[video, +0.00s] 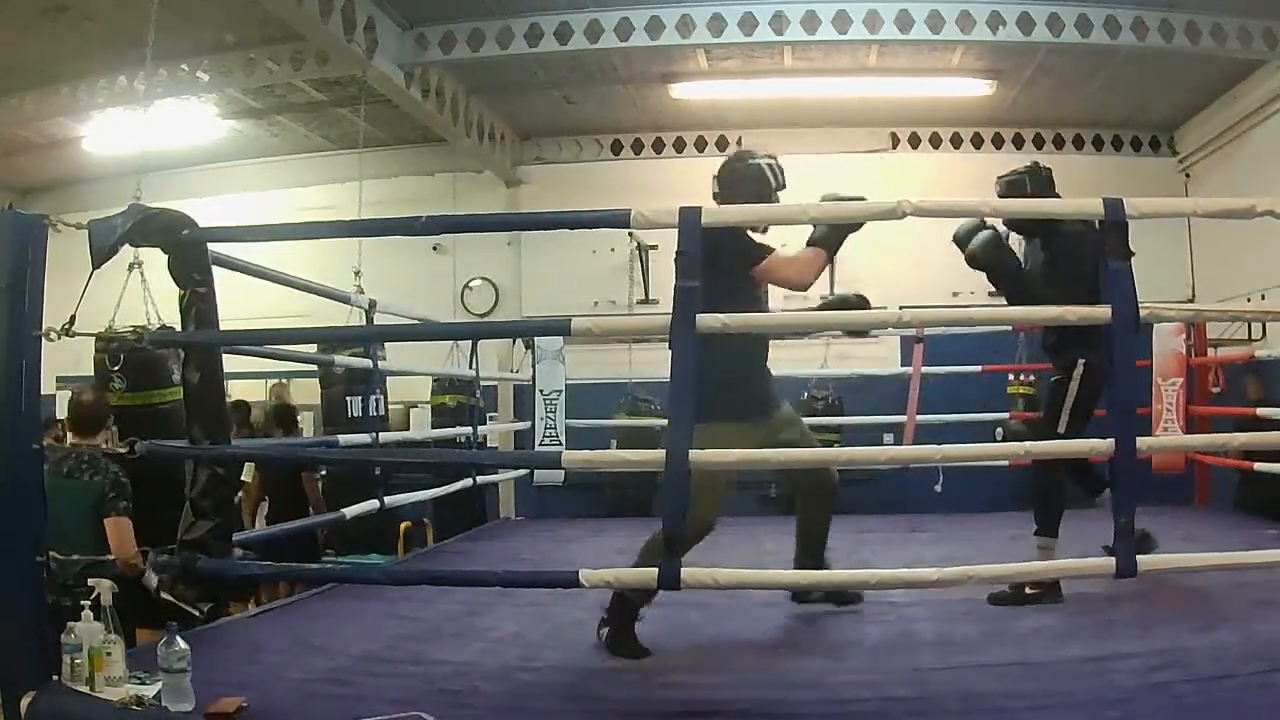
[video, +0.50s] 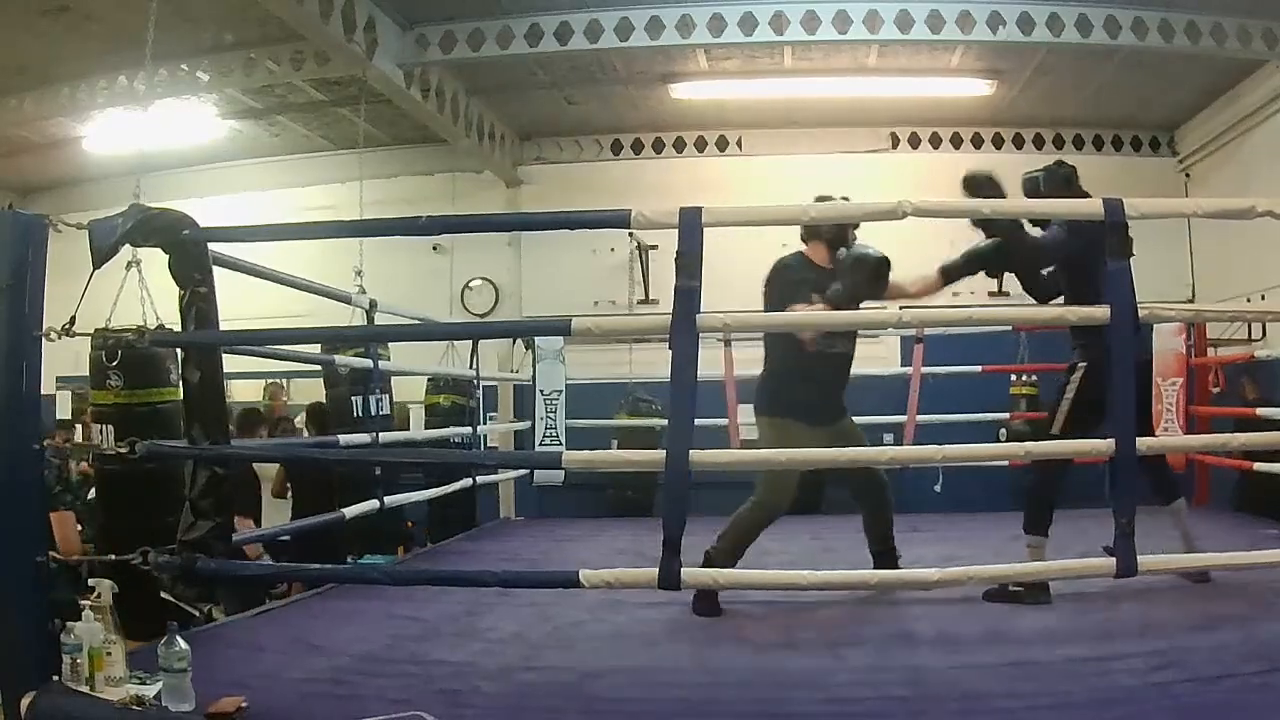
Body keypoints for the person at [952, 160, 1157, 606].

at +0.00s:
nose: (1003, 212)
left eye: (1010, 201)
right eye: (1001, 202)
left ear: (1035, 199)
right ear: (1038, 198)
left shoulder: (1069, 235)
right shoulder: (1044, 239)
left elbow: (1050, 307)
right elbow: (1039, 303)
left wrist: (1003, 265)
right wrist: (1003, 279)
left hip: (1084, 357)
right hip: (1069, 356)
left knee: (1048, 451)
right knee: (1066, 449)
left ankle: (1043, 571)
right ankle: (1128, 532)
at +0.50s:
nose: (1035, 212)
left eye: (1038, 202)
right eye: (1034, 204)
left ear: (1056, 194)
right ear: (1074, 188)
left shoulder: (1079, 224)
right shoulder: (1098, 228)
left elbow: (1034, 250)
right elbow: (1043, 290)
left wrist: (1002, 221)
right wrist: (1011, 259)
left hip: (1097, 356)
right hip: (1132, 353)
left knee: (1048, 453)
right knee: (1145, 448)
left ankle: (1033, 573)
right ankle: (1193, 551)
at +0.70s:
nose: (1053, 219)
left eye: (1057, 212)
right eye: (1054, 212)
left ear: (1070, 209)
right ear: (1102, 207)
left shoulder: (1073, 240)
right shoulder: (1135, 250)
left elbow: (1027, 272)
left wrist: (962, 274)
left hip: (1083, 379)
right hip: (1135, 379)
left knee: (1027, 459)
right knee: (1162, 459)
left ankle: (1020, 576)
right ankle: (1219, 556)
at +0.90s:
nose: (1029, 215)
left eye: (1032, 208)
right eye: (1030, 209)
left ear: (1044, 205)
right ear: (1083, 197)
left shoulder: (1041, 240)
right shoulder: (1116, 236)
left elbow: (986, 278)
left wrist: (938, 309)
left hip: (1070, 378)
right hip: (1126, 375)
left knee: (1018, 458)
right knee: (1159, 453)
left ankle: (1008, 565)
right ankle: (1201, 552)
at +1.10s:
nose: (1001, 206)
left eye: (1003, 200)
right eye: (1004, 201)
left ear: (1011, 200)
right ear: (1057, 196)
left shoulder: (999, 233)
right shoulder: (1091, 232)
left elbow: (929, 251)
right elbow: (1127, 243)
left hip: (1035, 382)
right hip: (1096, 379)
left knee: (986, 469)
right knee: (1145, 461)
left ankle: (935, 572)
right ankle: (1198, 569)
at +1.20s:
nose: (973, 200)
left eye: (974, 192)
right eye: (975, 192)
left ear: (984, 193)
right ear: (1027, 185)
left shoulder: (965, 226)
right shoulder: (1061, 224)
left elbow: (892, 242)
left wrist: (856, 226)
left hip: (1000, 367)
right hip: (1059, 362)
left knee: (971, 465)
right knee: (1114, 454)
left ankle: (933, 579)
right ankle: (1163, 567)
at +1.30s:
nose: (943, 188)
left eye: (945, 180)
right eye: (943, 181)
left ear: (955, 176)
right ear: (993, 170)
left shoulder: (947, 207)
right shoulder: (1036, 209)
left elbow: (899, 275)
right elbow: (1045, 284)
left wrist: (883, 260)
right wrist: (1006, 298)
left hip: (968, 352)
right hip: (1030, 350)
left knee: (937, 449)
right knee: (1066, 451)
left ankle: (907, 563)